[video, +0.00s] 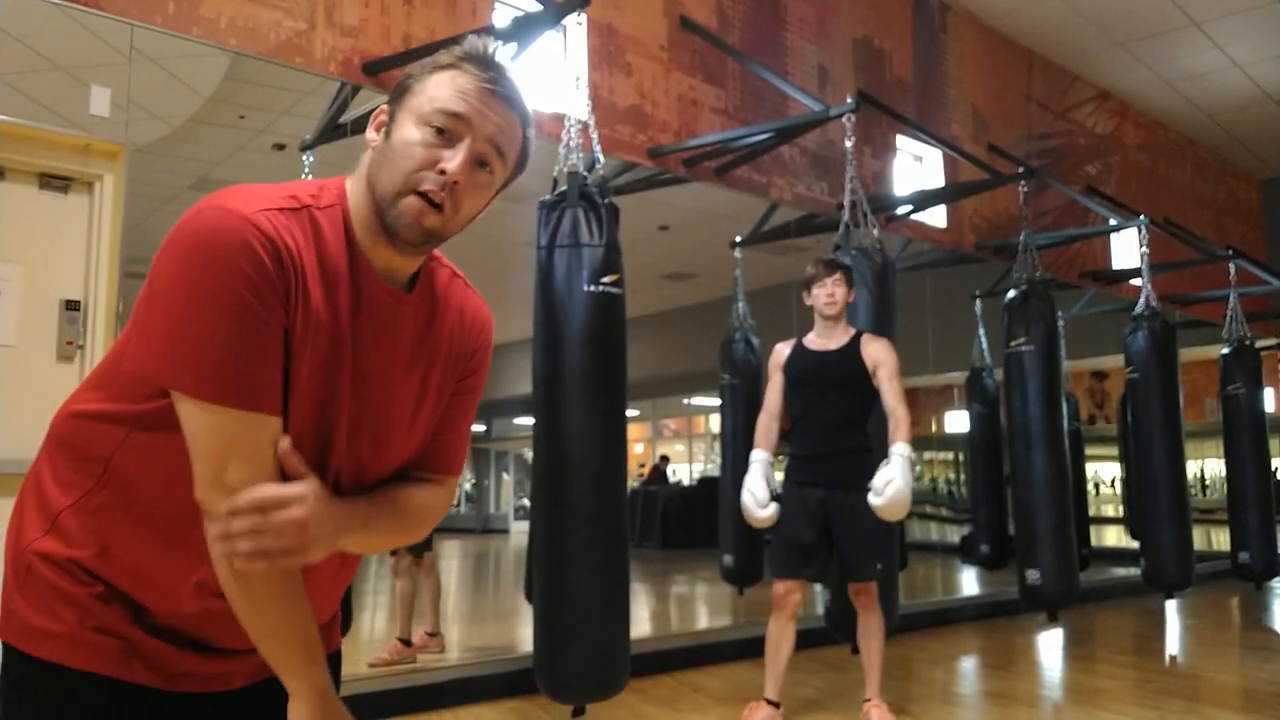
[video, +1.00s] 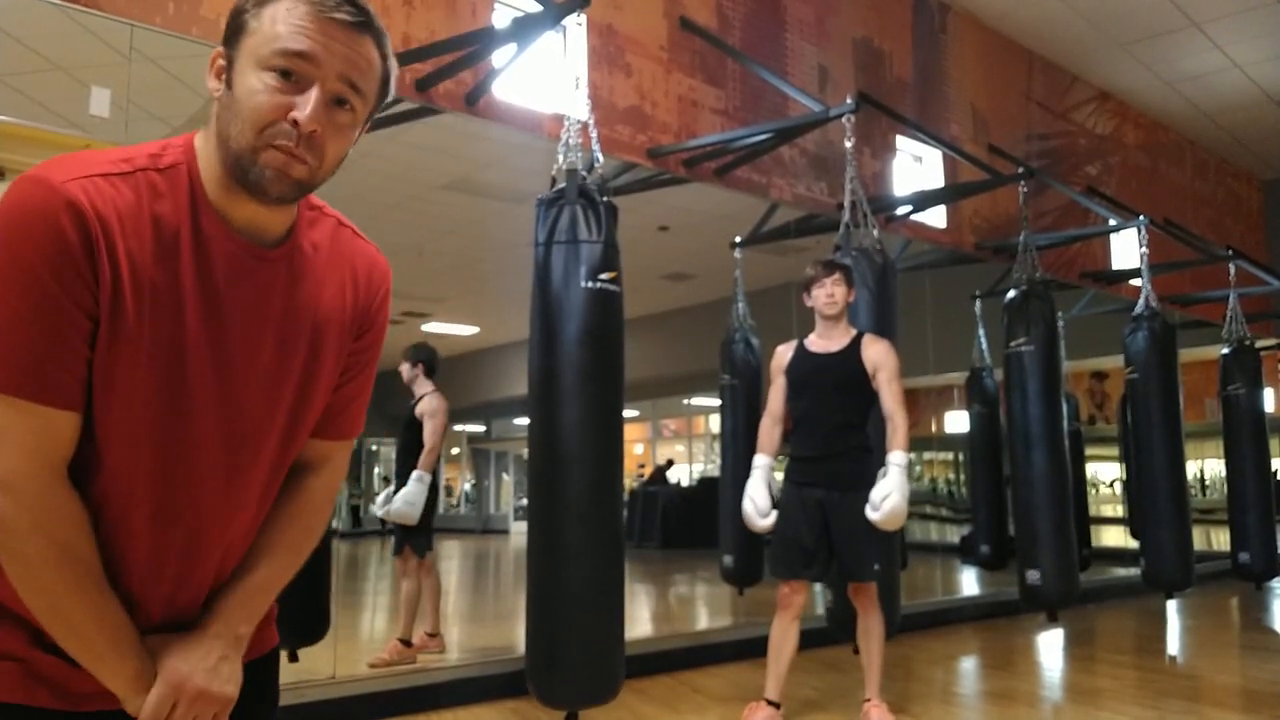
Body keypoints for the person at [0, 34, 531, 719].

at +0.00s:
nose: (453, 169)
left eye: (484, 164)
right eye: (442, 131)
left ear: (489, 200)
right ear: (380, 123)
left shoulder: (464, 326)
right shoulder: (238, 237)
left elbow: (431, 493)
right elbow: (237, 510)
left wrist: (338, 522)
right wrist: (313, 692)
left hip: (281, 644)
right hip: (94, 624)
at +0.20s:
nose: (447, 171)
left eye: (478, 166)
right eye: (435, 133)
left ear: (482, 201)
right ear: (370, 125)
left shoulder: (450, 330)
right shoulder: (225, 239)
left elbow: (413, 494)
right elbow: (199, 495)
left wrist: (327, 581)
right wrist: (297, 687)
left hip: (244, 663)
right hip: (68, 640)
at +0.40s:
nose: (419, 182)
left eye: (448, 172)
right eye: (404, 142)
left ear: (456, 202)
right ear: (335, 130)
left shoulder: (419, 329)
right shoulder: (185, 247)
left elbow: (379, 512)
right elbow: (136, 509)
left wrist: (304, 645)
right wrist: (243, 692)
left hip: (220, 671)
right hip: (47, 653)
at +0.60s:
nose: (371, 165)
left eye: (405, 152)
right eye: (355, 124)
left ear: (417, 182)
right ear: (287, 111)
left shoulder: (388, 316)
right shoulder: (129, 238)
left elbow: (350, 503)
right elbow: (64, 509)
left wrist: (268, 646)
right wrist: (189, 690)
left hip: (231, 685)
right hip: (50, 678)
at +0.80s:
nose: (328, 130)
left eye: (362, 118)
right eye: (309, 88)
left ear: (377, 150)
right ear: (241, 84)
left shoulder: (367, 295)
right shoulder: (82, 220)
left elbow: (332, 485)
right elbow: (24, 486)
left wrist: (244, 640)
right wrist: (154, 672)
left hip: (223, 686)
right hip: (43, 680)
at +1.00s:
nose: (308, 116)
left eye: (342, 102)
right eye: (286, 76)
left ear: (357, 135)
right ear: (220, 73)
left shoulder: (357, 276)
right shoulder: (62, 212)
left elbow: (321, 467)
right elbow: (22, 481)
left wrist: (224, 635)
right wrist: (143, 686)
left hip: (232, 676)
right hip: (45, 673)